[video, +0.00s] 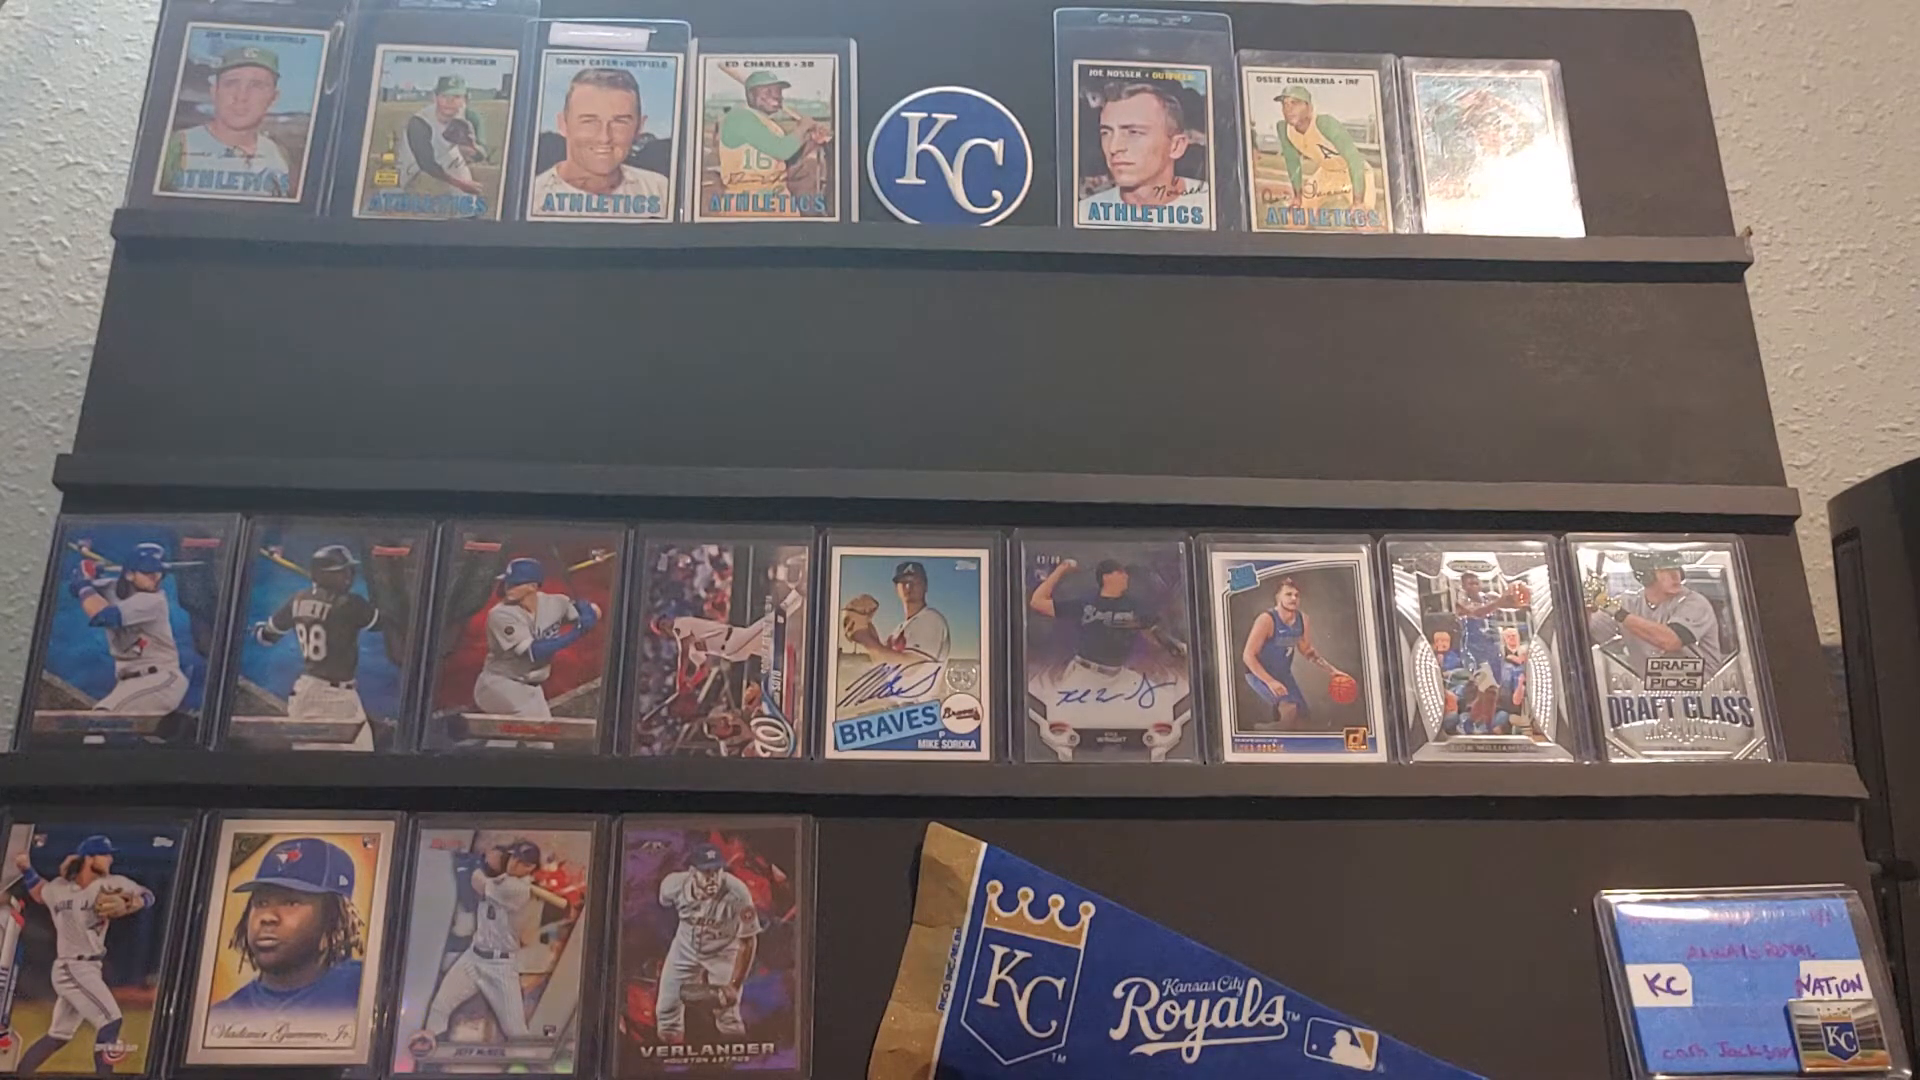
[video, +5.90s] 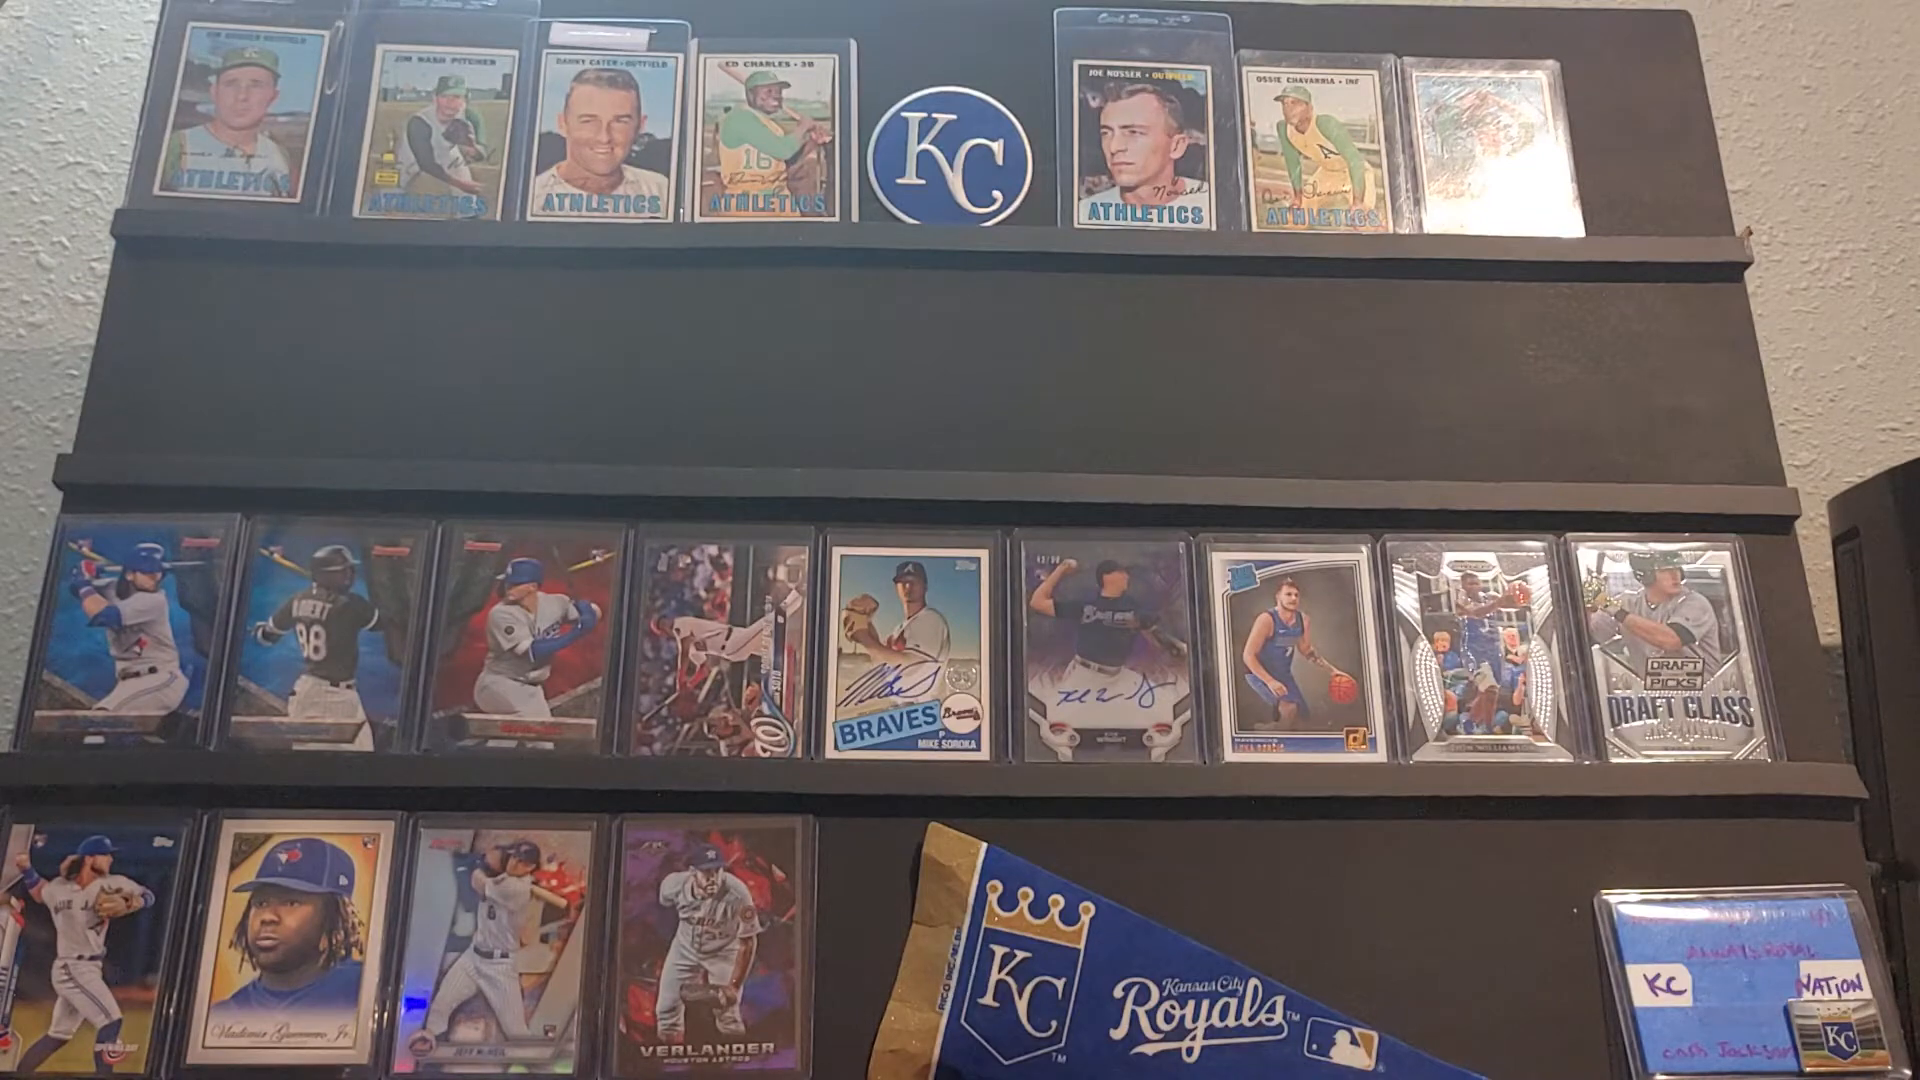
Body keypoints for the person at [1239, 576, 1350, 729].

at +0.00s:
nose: (1294, 599)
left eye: (1296, 595)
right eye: (1288, 595)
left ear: (1299, 598)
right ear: (1278, 598)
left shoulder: (1302, 619)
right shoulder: (1266, 620)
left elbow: (1307, 650)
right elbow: (1248, 656)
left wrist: (1333, 671)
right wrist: (1270, 681)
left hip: (1283, 673)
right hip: (1260, 673)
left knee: (1302, 713)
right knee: (1289, 707)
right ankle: (1282, 750)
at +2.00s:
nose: (1293, 599)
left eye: (1296, 595)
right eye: (1288, 595)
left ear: (1299, 599)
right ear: (1278, 598)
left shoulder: (1302, 619)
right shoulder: (1265, 620)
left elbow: (1307, 650)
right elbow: (1248, 656)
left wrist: (1332, 671)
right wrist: (1270, 682)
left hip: (1284, 674)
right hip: (1259, 673)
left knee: (1303, 715)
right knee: (1288, 707)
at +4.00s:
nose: (1293, 599)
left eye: (1296, 595)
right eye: (1288, 594)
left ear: (1300, 598)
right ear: (1278, 598)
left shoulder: (1303, 619)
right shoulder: (1266, 620)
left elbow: (1306, 650)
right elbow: (1248, 656)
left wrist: (1333, 671)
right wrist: (1271, 682)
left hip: (1284, 674)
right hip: (1260, 673)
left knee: (1302, 713)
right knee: (1289, 706)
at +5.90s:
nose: (1293, 599)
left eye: (1296, 595)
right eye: (1288, 595)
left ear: (1299, 598)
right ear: (1278, 597)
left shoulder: (1303, 619)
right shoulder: (1266, 620)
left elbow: (1306, 650)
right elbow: (1248, 656)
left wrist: (1333, 671)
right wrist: (1270, 681)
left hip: (1284, 673)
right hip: (1260, 673)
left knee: (1302, 714)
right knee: (1289, 706)